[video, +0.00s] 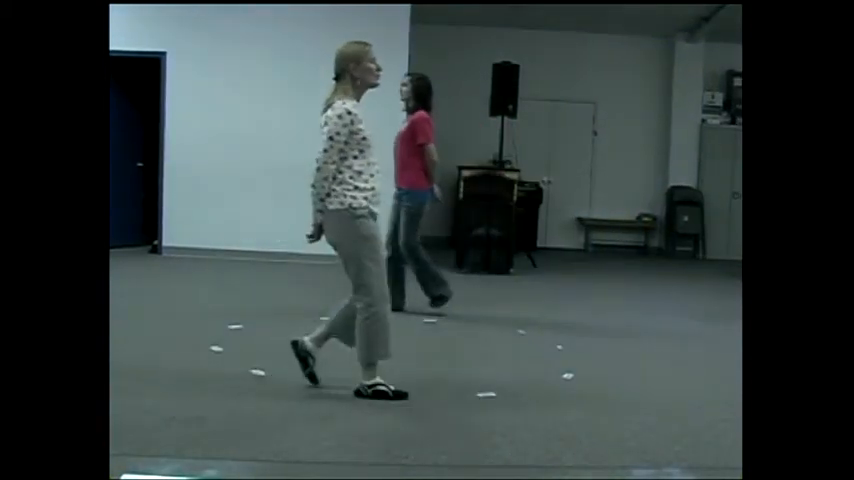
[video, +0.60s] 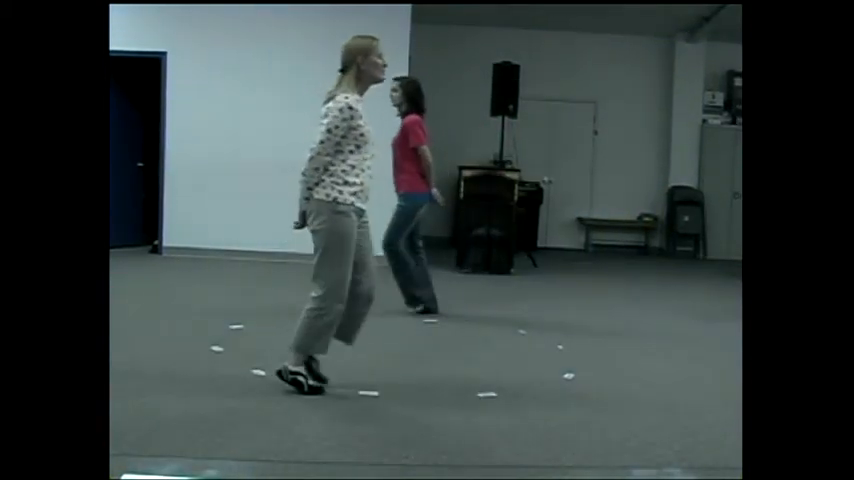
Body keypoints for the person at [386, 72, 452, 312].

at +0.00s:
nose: (401, 91)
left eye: (406, 86)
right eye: (401, 86)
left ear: (418, 92)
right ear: (409, 92)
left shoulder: (420, 119)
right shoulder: (411, 120)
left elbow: (430, 153)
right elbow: (421, 153)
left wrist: (432, 181)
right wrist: (429, 180)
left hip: (416, 189)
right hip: (404, 189)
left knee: (407, 243)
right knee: (393, 245)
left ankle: (438, 291)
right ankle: (395, 300)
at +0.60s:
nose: (392, 96)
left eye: (396, 91)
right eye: (392, 92)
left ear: (408, 95)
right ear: (405, 96)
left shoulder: (412, 122)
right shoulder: (408, 122)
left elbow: (425, 153)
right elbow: (421, 155)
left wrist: (431, 186)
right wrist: (428, 186)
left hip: (413, 193)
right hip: (413, 193)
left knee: (392, 242)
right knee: (413, 244)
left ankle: (418, 298)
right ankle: (426, 300)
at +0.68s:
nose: (387, 94)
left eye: (392, 90)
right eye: (388, 90)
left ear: (403, 93)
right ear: (402, 94)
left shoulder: (408, 120)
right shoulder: (404, 120)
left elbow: (422, 151)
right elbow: (416, 154)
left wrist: (427, 183)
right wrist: (424, 183)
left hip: (409, 190)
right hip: (408, 189)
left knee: (386, 239)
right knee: (412, 244)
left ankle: (398, 298)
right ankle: (425, 301)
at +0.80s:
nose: (385, 97)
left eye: (388, 93)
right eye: (387, 93)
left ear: (394, 96)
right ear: (404, 97)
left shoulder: (400, 119)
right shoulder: (395, 119)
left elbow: (413, 153)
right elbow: (405, 154)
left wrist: (417, 181)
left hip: (400, 191)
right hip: (401, 190)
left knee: (379, 246)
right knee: (409, 248)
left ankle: (361, 297)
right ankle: (424, 301)